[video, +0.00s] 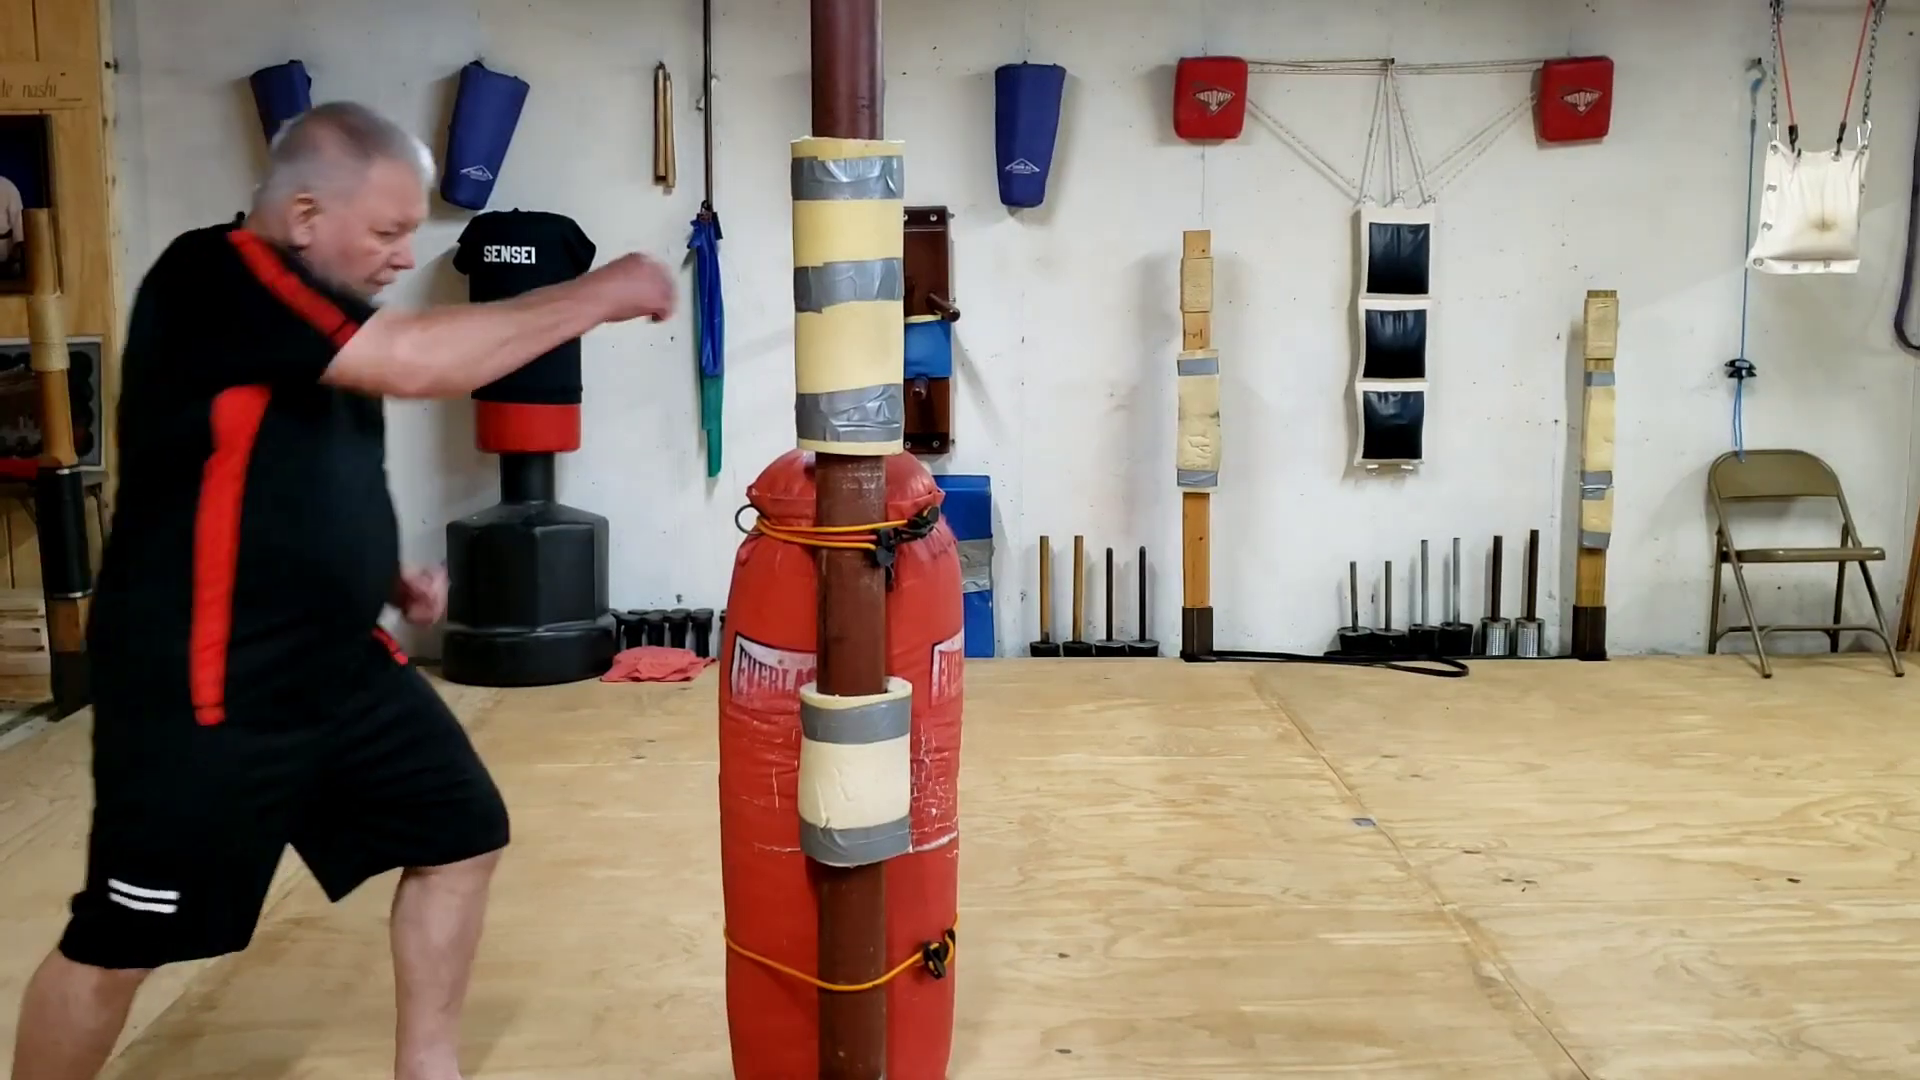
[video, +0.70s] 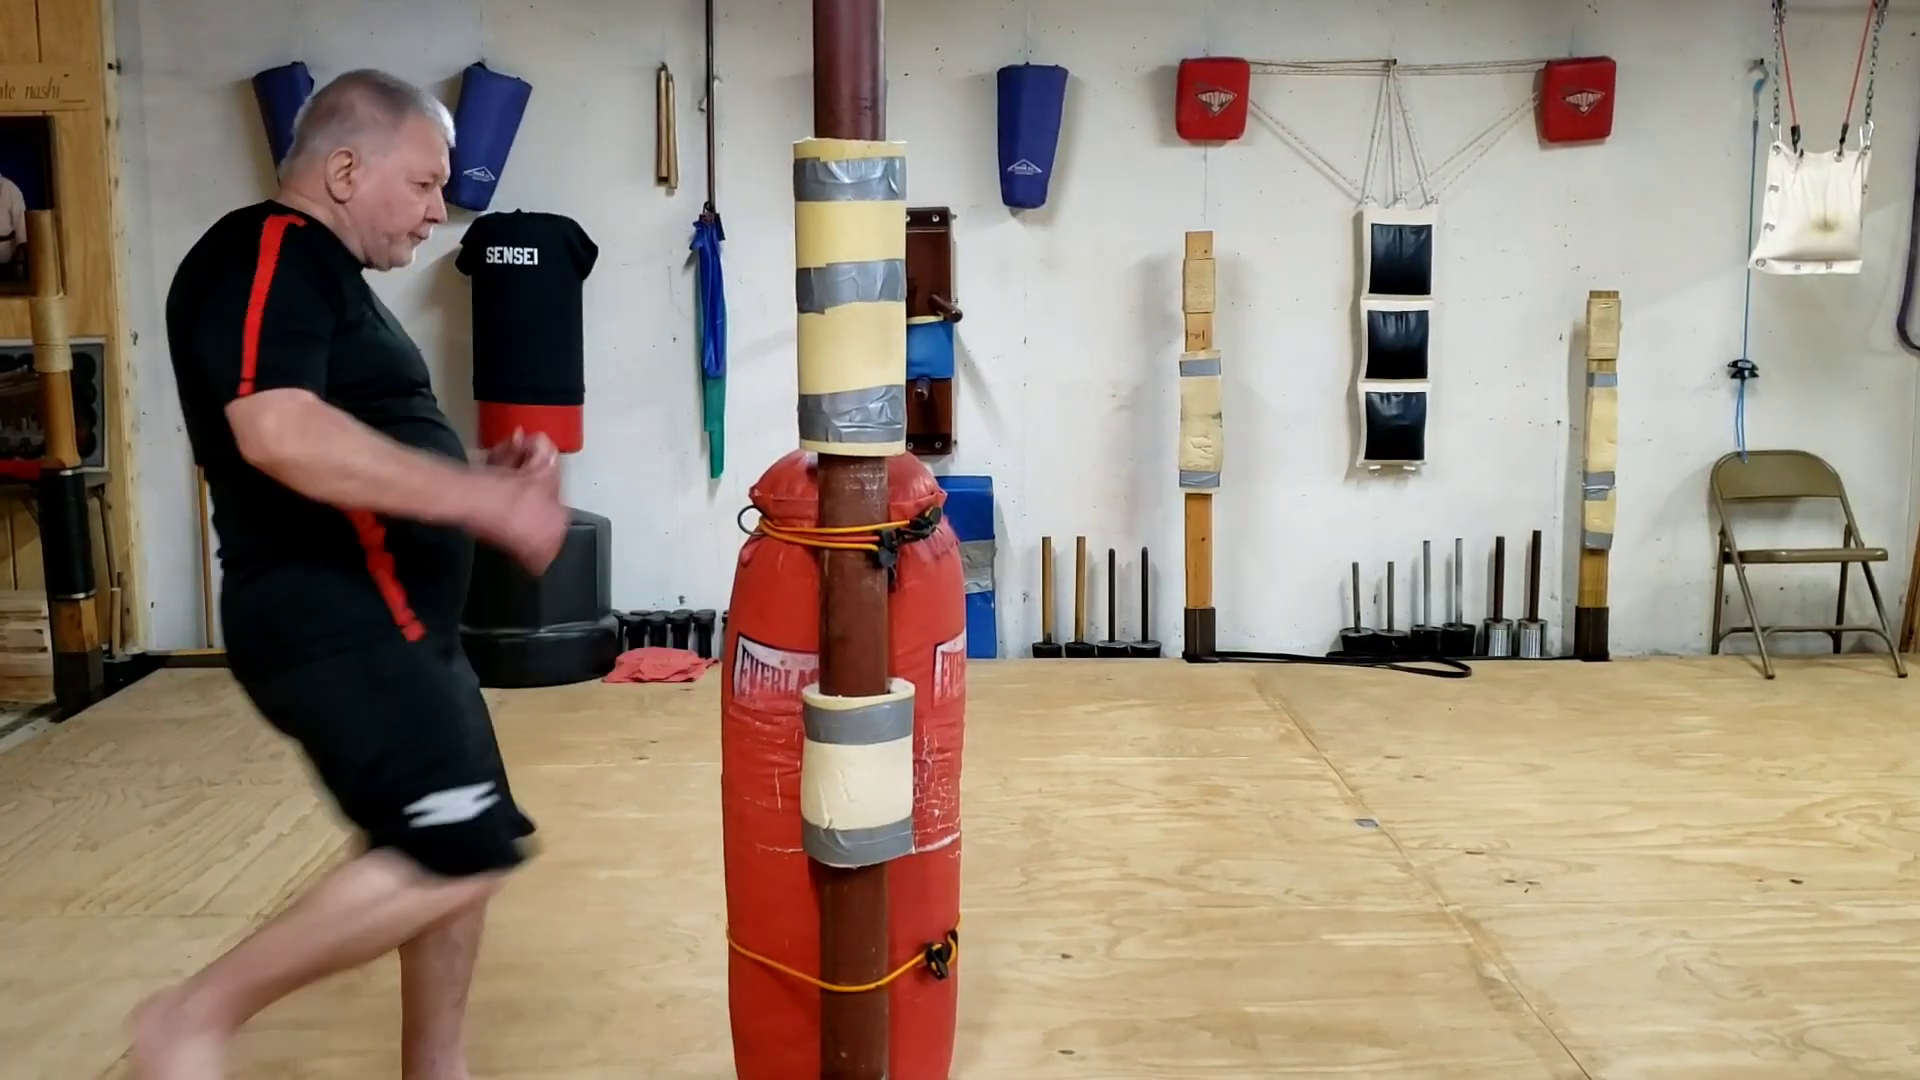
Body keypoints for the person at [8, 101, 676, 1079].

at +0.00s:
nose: (403, 257)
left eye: (409, 235)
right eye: (386, 233)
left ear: (318, 219)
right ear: (304, 216)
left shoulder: (323, 317)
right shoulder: (213, 274)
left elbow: (292, 489)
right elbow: (409, 360)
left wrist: (388, 577)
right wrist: (594, 298)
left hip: (330, 661)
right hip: (193, 681)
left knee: (459, 835)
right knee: (118, 936)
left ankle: (427, 1071)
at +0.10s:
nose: (442, 238)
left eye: (448, 218)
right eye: (433, 212)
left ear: (350, 195)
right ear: (353, 189)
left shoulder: (343, 300)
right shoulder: (254, 253)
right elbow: (394, 374)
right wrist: (567, 304)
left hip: (383, 645)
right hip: (265, 658)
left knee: (471, 839)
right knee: (217, 915)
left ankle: (429, 1068)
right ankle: (75, 1073)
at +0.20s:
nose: (442, 221)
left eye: (450, 200)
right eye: (437, 189)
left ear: (358, 169)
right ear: (362, 161)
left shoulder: (335, 268)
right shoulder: (276, 231)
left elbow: (333, 452)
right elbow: (310, 388)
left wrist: (452, 524)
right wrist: (522, 414)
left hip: (383, 589)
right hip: (318, 589)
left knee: (460, 817)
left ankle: (432, 1065)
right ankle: (183, 1013)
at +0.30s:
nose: (447, 215)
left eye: (454, 194)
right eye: (439, 186)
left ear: (360, 166)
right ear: (362, 159)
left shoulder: (333, 256)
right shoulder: (285, 225)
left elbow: (365, 441)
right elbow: (252, 395)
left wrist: (500, 470)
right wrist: (364, 566)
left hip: (356, 588)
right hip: (377, 565)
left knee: (444, 839)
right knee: (612, 669)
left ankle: (429, 1066)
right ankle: (514, 936)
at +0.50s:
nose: (447, 222)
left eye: (452, 202)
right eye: (438, 194)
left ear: (364, 180)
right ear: (361, 173)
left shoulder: (346, 297)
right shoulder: (275, 243)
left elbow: (417, 453)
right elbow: (164, 424)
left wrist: (559, 421)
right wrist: (160, 633)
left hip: (356, 609)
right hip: (398, 563)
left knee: (466, 818)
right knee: (672, 611)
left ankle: (433, 1066)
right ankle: (769, 868)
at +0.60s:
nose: (437, 214)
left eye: (443, 195)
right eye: (429, 186)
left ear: (353, 172)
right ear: (353, 163)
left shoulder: (334, 276)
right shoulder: (275, 240)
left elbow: (394, 461)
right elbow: (217, 429)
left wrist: (522, 429)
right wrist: (319, 597)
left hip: (389, 583)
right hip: (380, 571)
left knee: (456, 840)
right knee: (615, 704)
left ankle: (439, 1056)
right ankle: (425, 949)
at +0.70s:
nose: (433, 215)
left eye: (439, 194)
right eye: (424, 185)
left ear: (344, 174)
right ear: (345, 167)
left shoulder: (320, 272)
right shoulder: (264, 248)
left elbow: (357, 444)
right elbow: (276, 428)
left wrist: (482, 474)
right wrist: (483, 498)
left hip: (382, 606)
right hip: (322, 613)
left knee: (465, 837)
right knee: (459, 842)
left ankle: (436, 1067)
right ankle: (188, 1020)